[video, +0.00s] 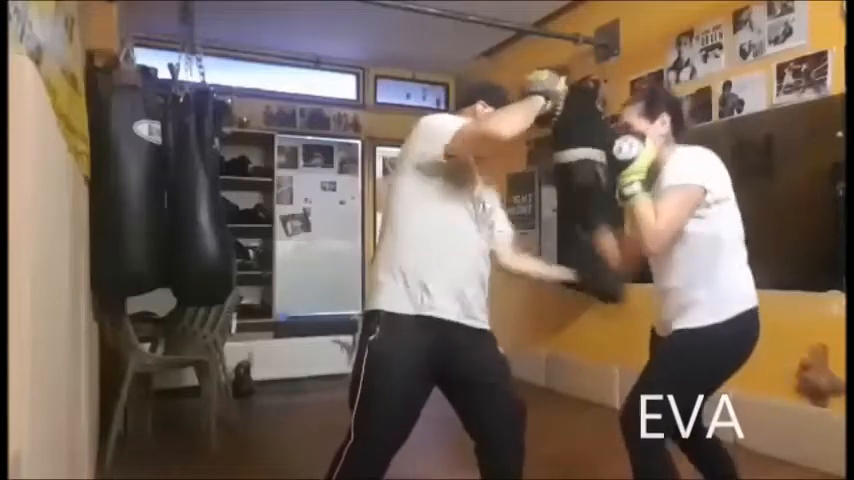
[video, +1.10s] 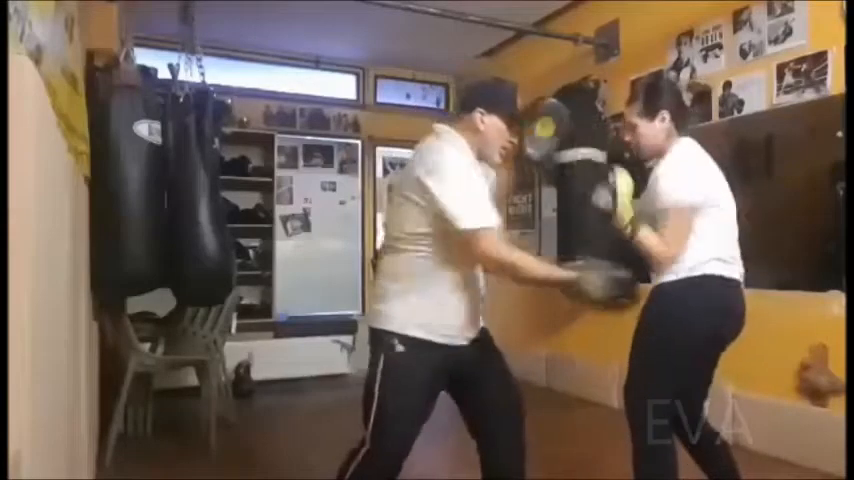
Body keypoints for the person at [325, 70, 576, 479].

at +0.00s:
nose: (493, 125)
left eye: (495, 121)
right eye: (491, 116)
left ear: (485, 120)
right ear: (477, 109)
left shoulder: (486, 194)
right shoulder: (429, 130)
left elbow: (510, 256)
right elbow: (495, 131)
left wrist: (576, 275)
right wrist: (541, 97)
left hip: (467, 329)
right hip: (402, 320)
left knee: (503, 428)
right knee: (373, 441)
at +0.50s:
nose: (486, 111)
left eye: (487, 105)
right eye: (481, 101)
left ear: (461, 102)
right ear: (455, 96)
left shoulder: (454, 163)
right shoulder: (416, 121)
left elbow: (465, 246)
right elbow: (489, 135)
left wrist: (524, 250)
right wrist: (532, 116)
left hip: (461, 324)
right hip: (402, 321)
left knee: (496, 445)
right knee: (369, 450)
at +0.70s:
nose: (468, 111)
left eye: (469, 101)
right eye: (462, 98)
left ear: (432, 96)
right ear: (431, 91)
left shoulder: (442, 151)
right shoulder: (395, 132)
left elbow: (464, 215)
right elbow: (473, 170)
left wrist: (523, 185)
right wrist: (518, 121)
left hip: (453, 326)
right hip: (392, 324)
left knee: (494, 444)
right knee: (363, 455)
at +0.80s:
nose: (468, 111)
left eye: (469, 101)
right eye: (461, 98)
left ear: (436, 95)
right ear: (431, 92)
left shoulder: (448, 152)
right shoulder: (386, 137)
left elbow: (479, 207)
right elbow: (437, 205)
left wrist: (529, 171)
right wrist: (498, 156)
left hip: (452, 326)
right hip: (388, 326)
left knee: (495, 439)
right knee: (357, 457)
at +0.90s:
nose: (483, 119)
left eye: (483, 108)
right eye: (476, 105)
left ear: (449, 104)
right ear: (444, 102)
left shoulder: (460, 153)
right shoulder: (395, 146)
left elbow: (506, 199)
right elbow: (410, 225)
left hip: (455, 330)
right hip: (391, 331)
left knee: (496, 447)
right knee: (361, 456)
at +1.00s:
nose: (500, 128)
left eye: (502, 118)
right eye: (494, 114)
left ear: (466, 112)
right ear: (464, 109)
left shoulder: (463, 158)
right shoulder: (422, 152)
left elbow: (494, 190)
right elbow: (433, 242)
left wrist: (532, 168)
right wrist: (513, 272)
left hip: (460, 331)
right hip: (402, 333)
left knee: (500, 432)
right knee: (370, 454)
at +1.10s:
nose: (513, 139)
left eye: (515, 129)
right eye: (508, 125)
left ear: (478, 120)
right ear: (480, 118)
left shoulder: (464, 161)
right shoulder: (445, 155)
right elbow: (491, 253)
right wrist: (570, 278)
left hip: (462, 333)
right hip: (409, 335)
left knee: (503, 422)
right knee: (382, 453)